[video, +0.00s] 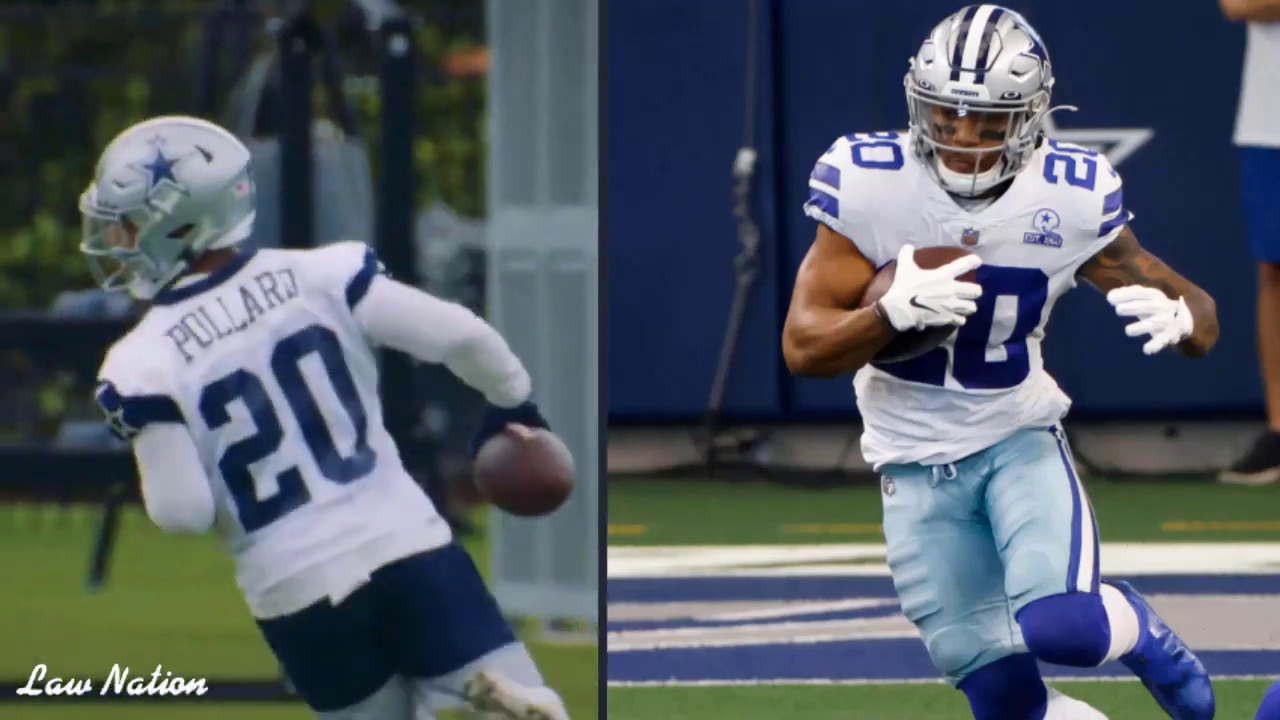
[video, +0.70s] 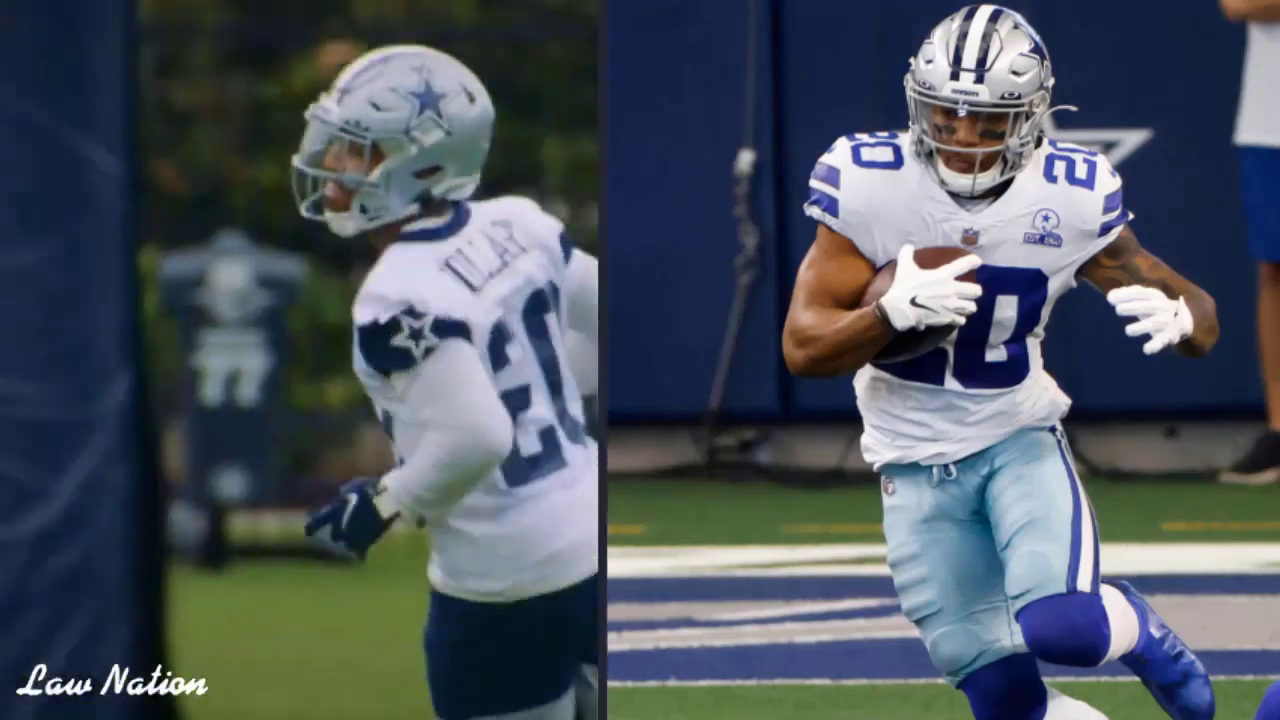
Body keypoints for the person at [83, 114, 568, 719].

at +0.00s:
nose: (111, 243)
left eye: (119, 227)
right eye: (111, 226)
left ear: (160, 230)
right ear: (231, 208)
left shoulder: (141, 360)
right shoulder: (321, 273)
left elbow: (184, 511)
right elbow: (459, 333)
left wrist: (150, 440)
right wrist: (519, 408)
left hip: (302, 603)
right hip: (411, 550)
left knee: (390, 707)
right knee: (527, 695)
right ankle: (507, 699)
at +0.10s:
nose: (107, 220)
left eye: (114, 204)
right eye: (106, 204)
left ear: (145, 209)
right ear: (229, 186)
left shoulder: (125, 340)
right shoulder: (310, 259)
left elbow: (146, 497)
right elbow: (440, 335)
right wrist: (511, 393)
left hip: (291, 582)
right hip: (396, 538)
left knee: (402, 712)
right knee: (446, 683)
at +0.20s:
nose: (94, 170)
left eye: (102, 154)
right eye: (93, 154)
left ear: (137, 156)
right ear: (216, 139)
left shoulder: (93, 283)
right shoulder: (298, 222)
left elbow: (88, 440)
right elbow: (408, 325)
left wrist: (98, 346)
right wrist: (467, 369)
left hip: (272, 531)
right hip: (373, 484)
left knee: (396, 692)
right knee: (359, 680)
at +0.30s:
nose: (148, 167)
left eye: (156, 150)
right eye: (147, 148)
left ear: (191, 155)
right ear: (278, 139)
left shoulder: (163, 276)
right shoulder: (363, 224)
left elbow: (169, 442)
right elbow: (473, 351)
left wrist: (160, 345)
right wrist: (450, 379)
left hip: (317, 538)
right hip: (422, 506)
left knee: (429, 711)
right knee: (401, 701)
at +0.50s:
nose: (290, 152)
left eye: (308, 134)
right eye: (289, 132)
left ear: (364, 133)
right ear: (404, 131)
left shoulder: (344, 244)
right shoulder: (475, 200)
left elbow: (419, 349)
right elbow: (554, 322)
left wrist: (362, 442)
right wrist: (451, 326)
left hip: (444, 549)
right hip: (559, 513)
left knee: (405, 708)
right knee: (600, 698)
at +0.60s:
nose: (285, 132)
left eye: (307, 115)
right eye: (285, 111)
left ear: (368, 118)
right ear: (393, 119)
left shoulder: (345, 239)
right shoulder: (456, 176)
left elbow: (443, 352)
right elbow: (545, 290)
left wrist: (363, 435)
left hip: (446, 539)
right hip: (557, 496)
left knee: (436, 703)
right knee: (607, 697)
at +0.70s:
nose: (337, 169)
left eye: (360, 153)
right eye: (339, 147)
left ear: (420, 160)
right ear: (440, 160)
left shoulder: (397, 292)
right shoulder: (521, 222)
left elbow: (474, 433)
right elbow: (606, 303)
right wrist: (566, 399)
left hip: (502, 570)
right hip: (583, 542)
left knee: (489, 704)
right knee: (562, 695)